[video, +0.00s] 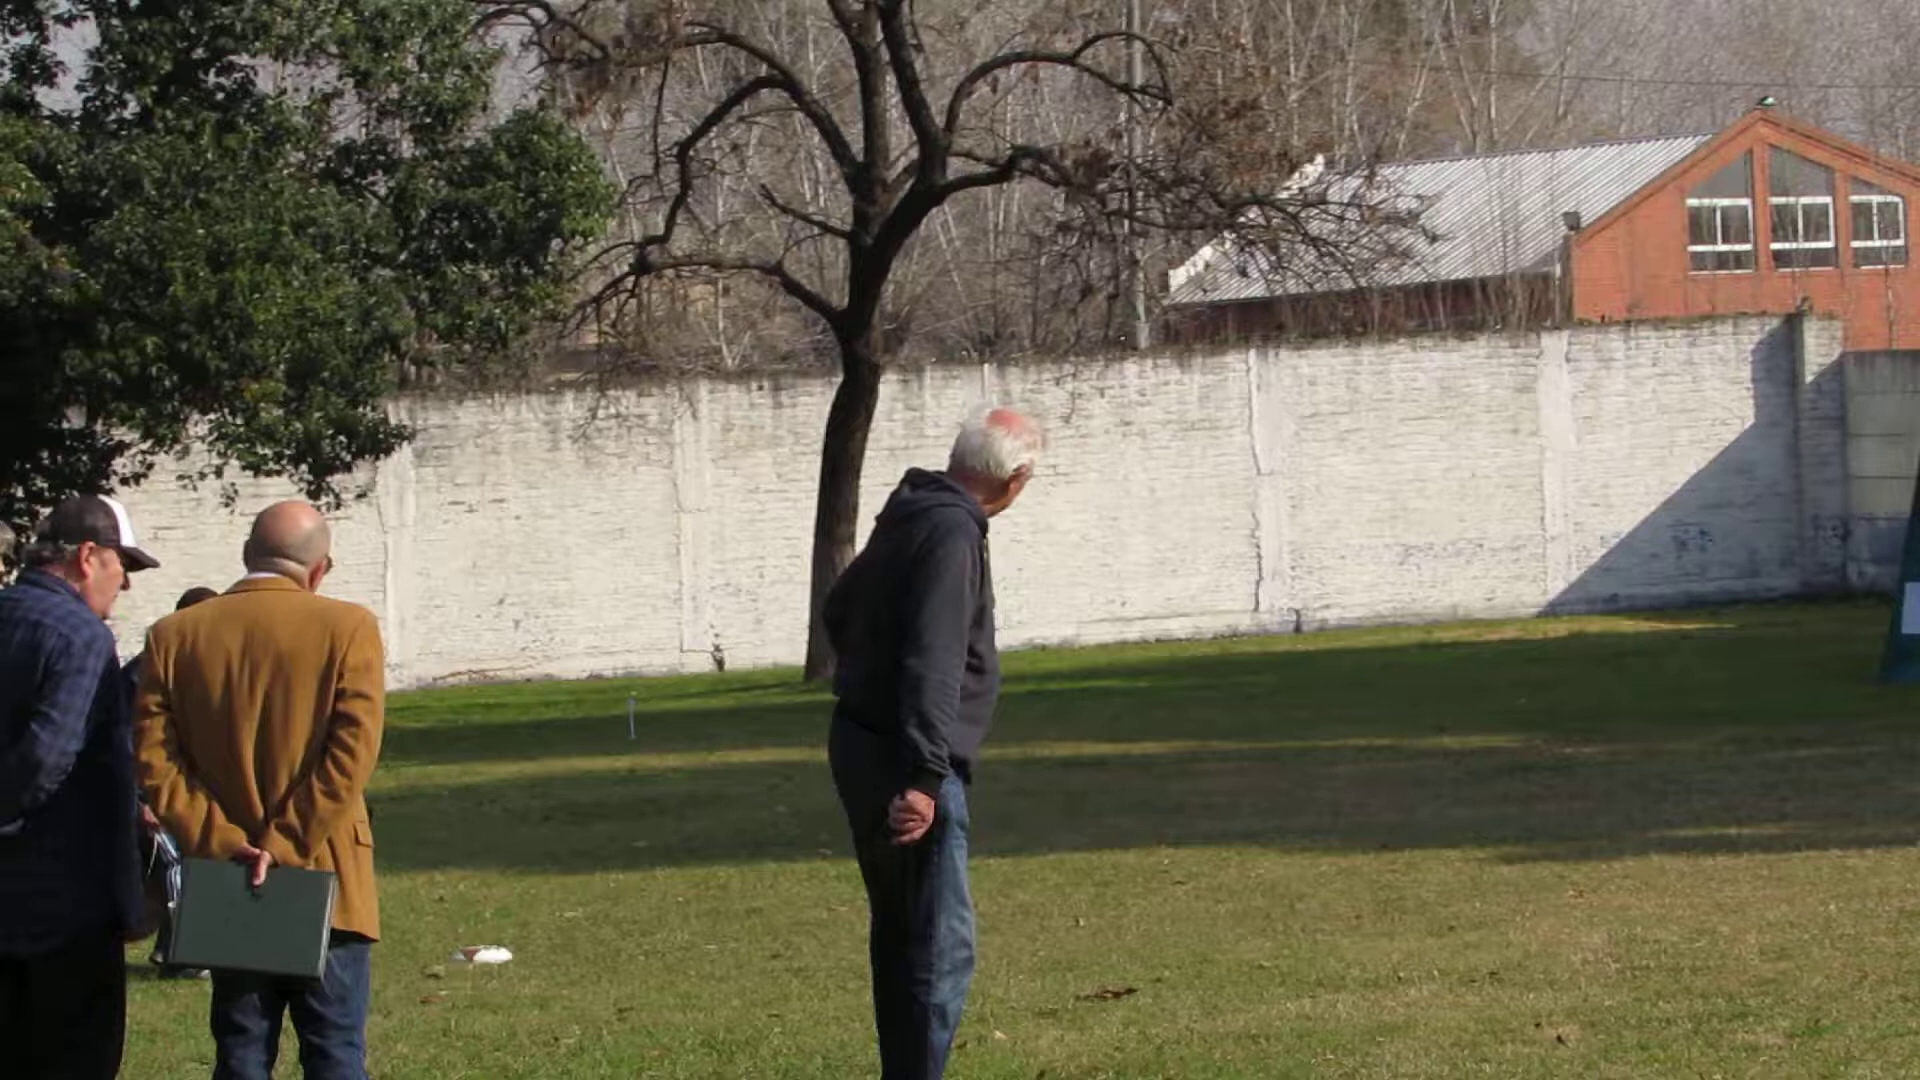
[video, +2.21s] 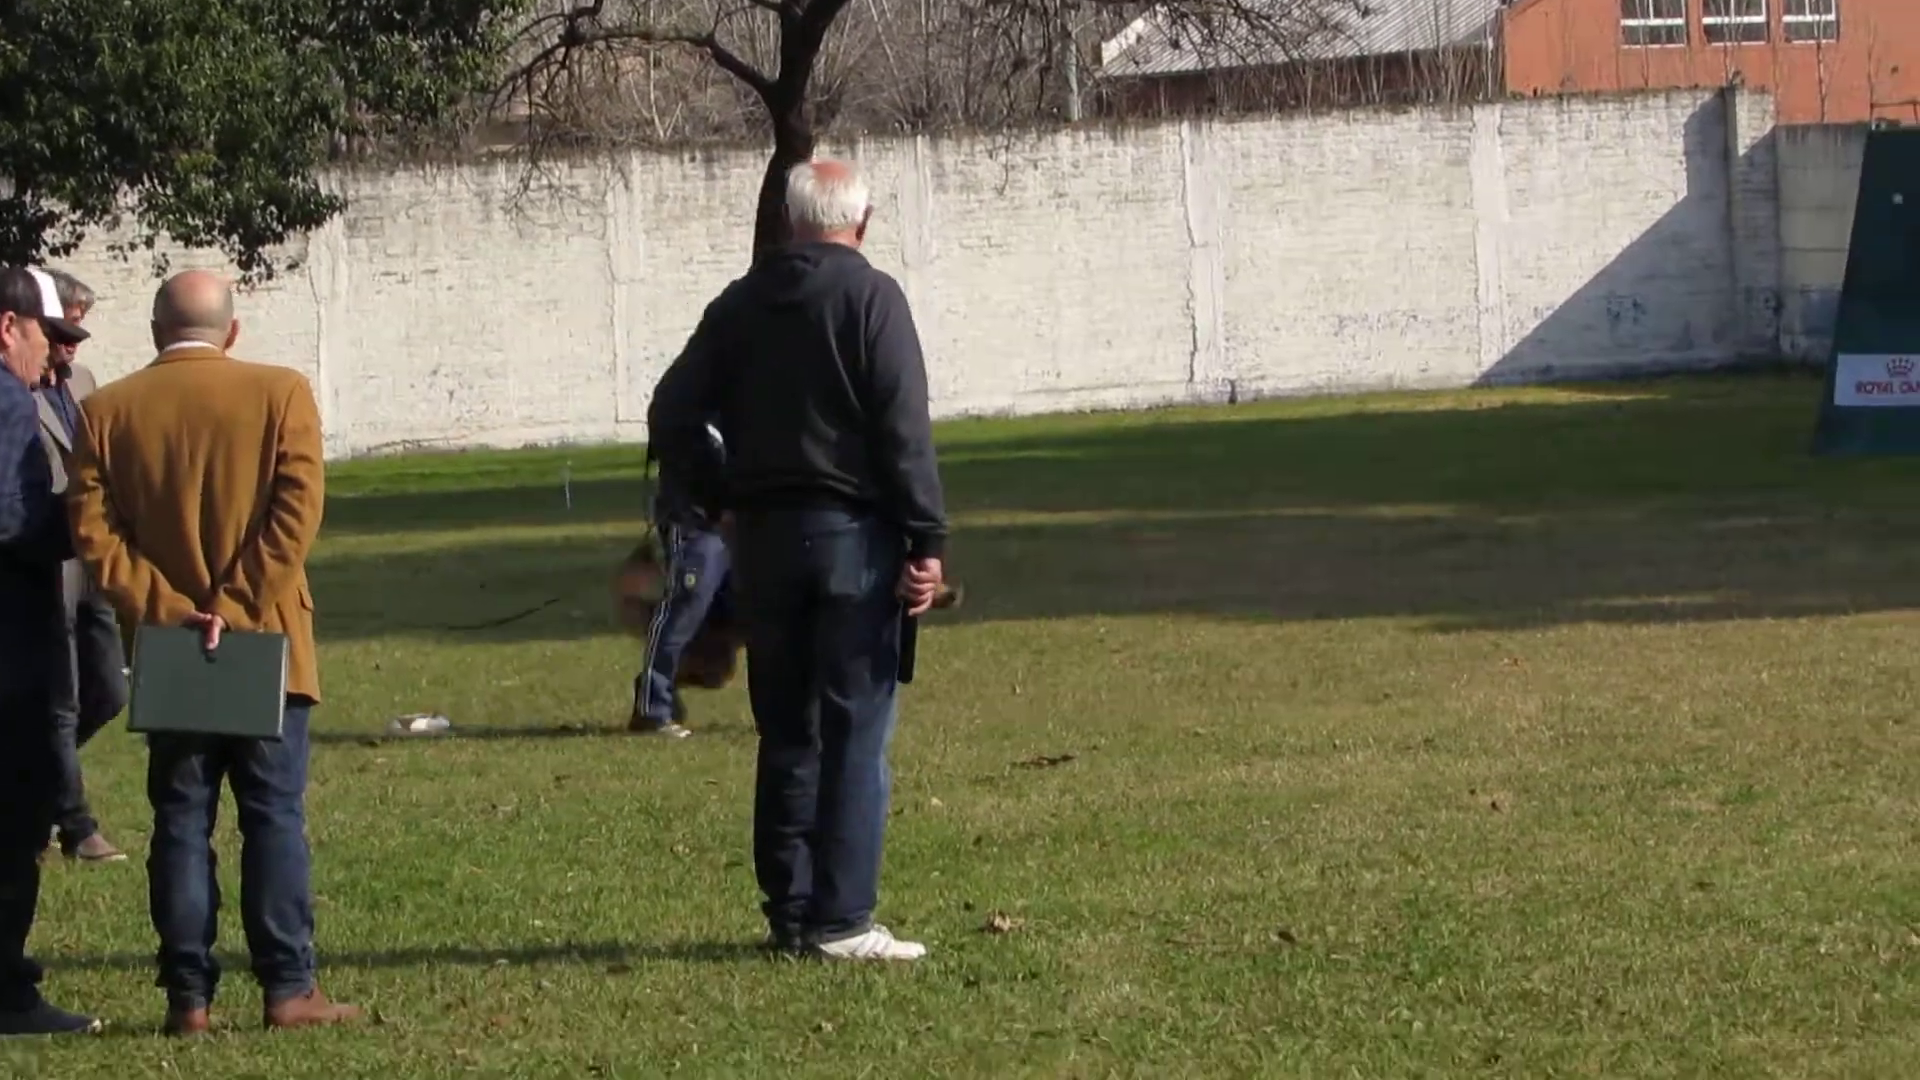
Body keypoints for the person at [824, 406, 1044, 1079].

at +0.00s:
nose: (1027, 486)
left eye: (1030, 475)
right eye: (1030, 476)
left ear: (958, 455)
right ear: (1015, 479)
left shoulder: (911, 514)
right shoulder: (953, 531)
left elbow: (839, 608)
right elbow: (931, 658)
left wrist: (877, 697)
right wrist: (926, 775)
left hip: (872, 754)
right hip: (916, 765)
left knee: (904, 937)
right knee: (941, 949)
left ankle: (905, 1067)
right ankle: (918, 1069)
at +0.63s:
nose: (928, 461)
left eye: (925, 453)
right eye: (926, 452)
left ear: (849, 453)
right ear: (916, 457)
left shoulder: (800, 530)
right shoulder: (944, 527)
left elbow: (733, 640)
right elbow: (976, 654)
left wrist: (772, 729)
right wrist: (997, 763)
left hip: (826, 769)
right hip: (929, 766)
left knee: (842, 946)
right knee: (956, 932)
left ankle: (846, 1073)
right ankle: (929, 1071)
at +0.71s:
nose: (820, 462)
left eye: (822, 453)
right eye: (908, 451)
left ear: (830, 457)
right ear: (903, 456)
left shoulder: (788, 537)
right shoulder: (938, 527)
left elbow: (728, 648)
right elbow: (976, 656)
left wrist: (768, 736)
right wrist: (1003, 764)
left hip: (824, 775)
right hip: (927, 769)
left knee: (844, 953)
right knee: (967, 919)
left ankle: (853, 1074)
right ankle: (942, 1071)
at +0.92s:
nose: (783, 470)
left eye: (785, 459)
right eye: (784, 458)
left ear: (802, 459)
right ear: (861, 455)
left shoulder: (768, 541)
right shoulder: (915, 521)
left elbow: (713, 657)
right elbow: (965, 646)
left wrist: (750, 747)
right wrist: (999, 752)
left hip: (815, 773)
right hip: (921, 763)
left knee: (838, 962)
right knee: (956, 924)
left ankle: (852, 1076)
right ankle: (947, 1072)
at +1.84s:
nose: (872, 402)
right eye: (872, 392)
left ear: (793, 400)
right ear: (869, 397)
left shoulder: (757, 481)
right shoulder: (893, 466)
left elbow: (693, 600)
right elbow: (937, 595)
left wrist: (745, 684)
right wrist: (970, 702)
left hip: (795, 713)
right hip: (890, 709)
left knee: (818, 911)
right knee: (904, 907)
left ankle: (835, 1065)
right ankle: (897, 1068)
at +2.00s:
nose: (890, 326)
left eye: (886, 316)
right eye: (888, 316)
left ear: (803, 322)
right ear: (881, 321)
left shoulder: (765, 401)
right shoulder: (899, 391)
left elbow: (700, 516)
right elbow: (938, 521)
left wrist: (751, 602)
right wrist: (970, 627)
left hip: (800, 640)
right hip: (891, 636)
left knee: (819, 826)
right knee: (900, 822)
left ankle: (833, 1009)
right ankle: (888, 1016)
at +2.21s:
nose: (870, 229)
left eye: (866, 217)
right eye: (868, 219)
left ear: (783, 219)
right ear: (856, 224)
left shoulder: (738, 302)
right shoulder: (870, 296)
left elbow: (671, 409)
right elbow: (904, 430)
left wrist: (716, 500)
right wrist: (927, 537)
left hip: (763, 545)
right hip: (852, 542)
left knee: (785, 732)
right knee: (857, 733)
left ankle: (791, 914)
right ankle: (844, 921)